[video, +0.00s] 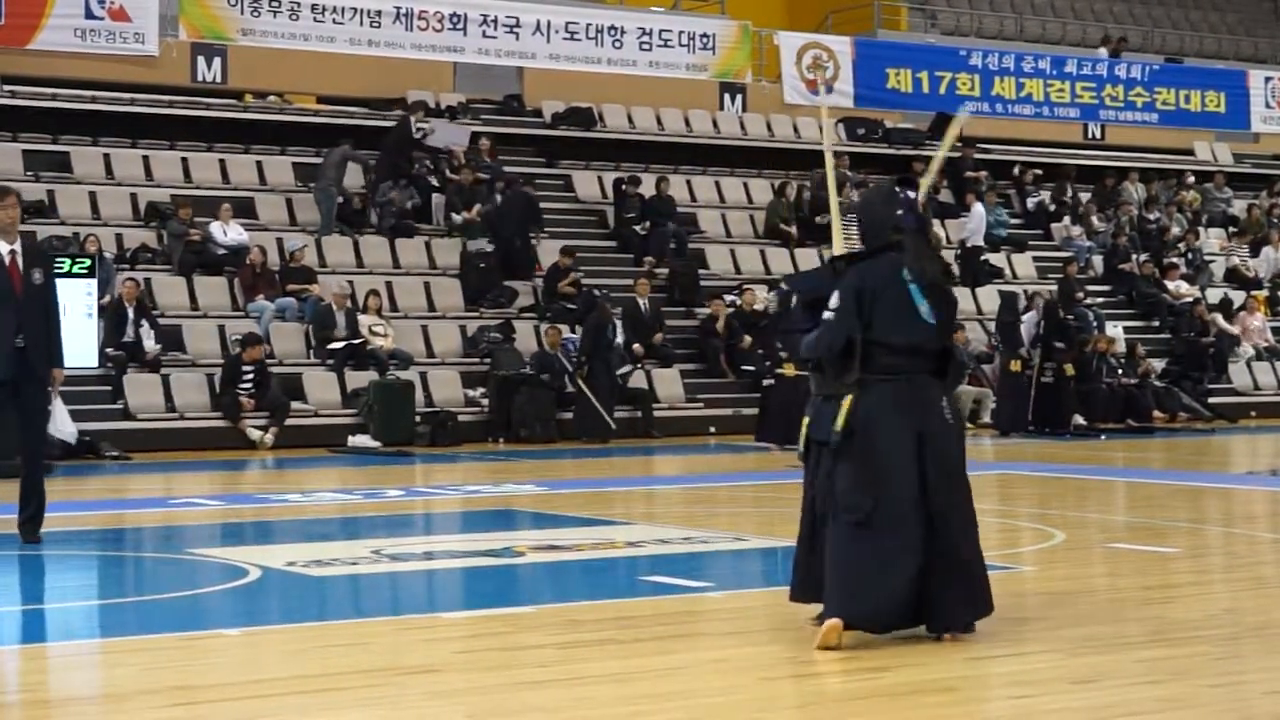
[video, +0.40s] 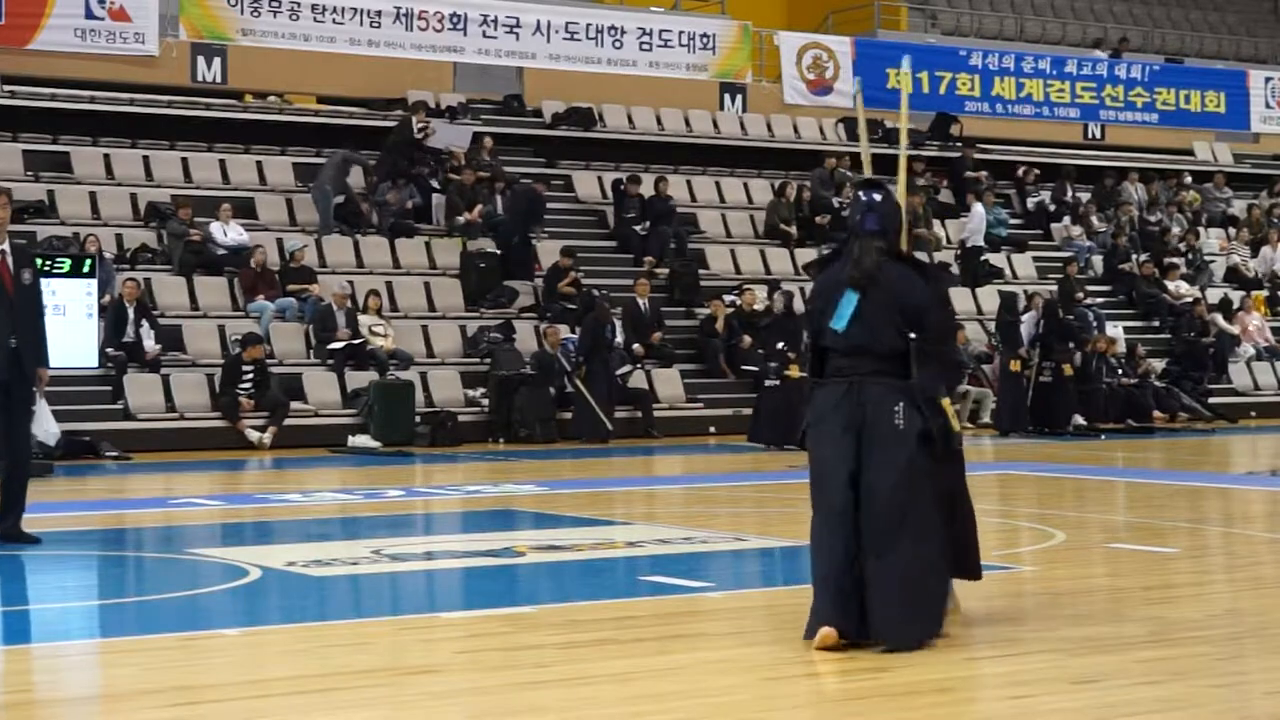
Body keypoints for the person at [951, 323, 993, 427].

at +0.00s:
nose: (965, 336)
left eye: (964, 333)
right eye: (962, 333)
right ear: (955, 335)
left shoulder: (962, 350)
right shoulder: (953, 350)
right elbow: (963, 363)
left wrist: (989, 354)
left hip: (963, 385)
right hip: (951, 386)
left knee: (987, 393)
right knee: (967, 392)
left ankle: (984, 419)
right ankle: (962, 421)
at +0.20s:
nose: (964, 336)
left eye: (964, 333)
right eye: (961, 333)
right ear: (953, 335)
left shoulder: (960, 349)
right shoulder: (950, 349)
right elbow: (964, 364)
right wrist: (971, 364)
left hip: (961, 385)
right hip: (949, 386)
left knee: (987, 393)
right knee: (969, 391)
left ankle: (984, 419)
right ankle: (962, 421)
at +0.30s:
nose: (964, 336)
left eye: (964, 333)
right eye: (961, 333)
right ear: (953, 335)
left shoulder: (961, 349)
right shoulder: (950, 349)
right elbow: (965, 365)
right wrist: (971, 364)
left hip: (960, 386)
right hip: (947, 387)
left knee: (987, 393)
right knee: (968, 392)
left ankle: (984, 419)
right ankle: (963, 421)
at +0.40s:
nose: (964, 336)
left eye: (964, 332)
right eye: (961, 333)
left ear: (964, 334)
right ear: (954, 335)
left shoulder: (962, 349)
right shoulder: (952, 349)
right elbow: (964, 364)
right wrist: (971, 364)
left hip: (962, 385)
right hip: (950, 386)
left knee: (987, 393)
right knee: (969, 392)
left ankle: (984, 419)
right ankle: (963, 421)